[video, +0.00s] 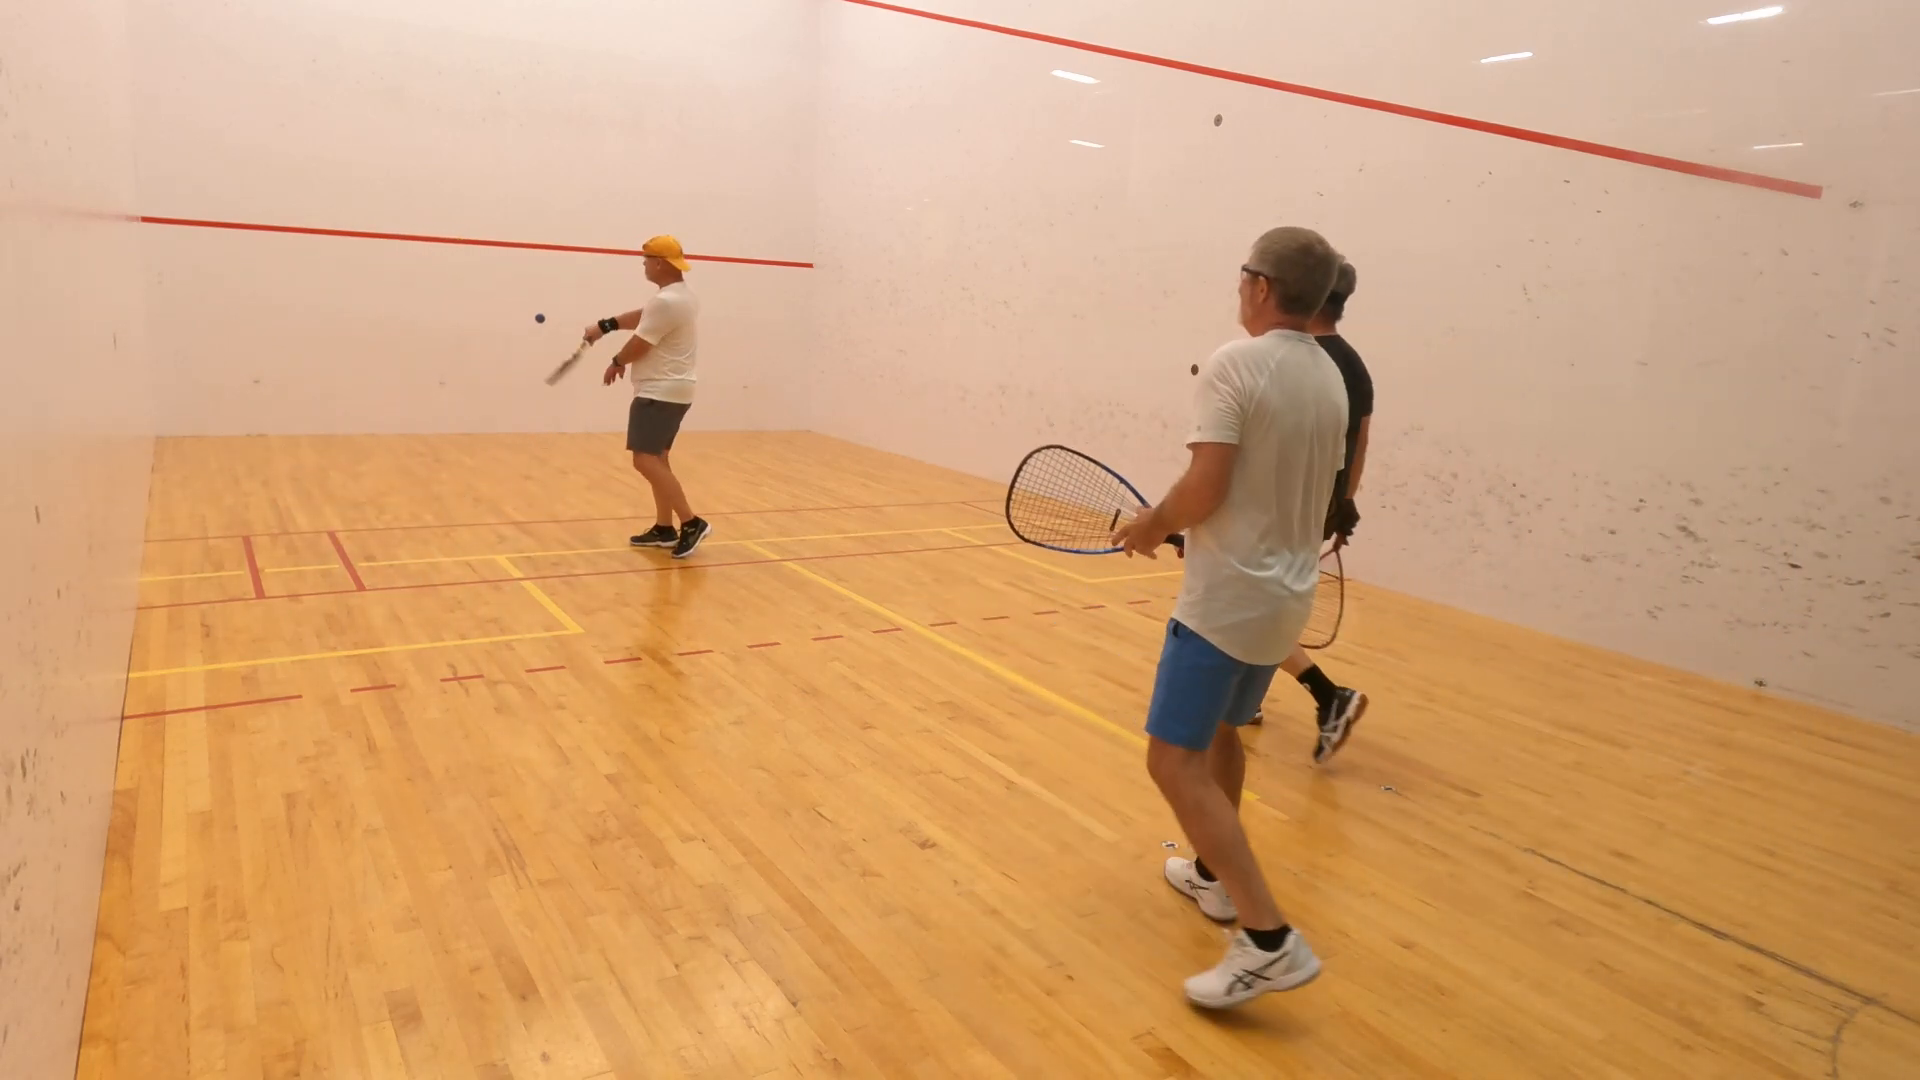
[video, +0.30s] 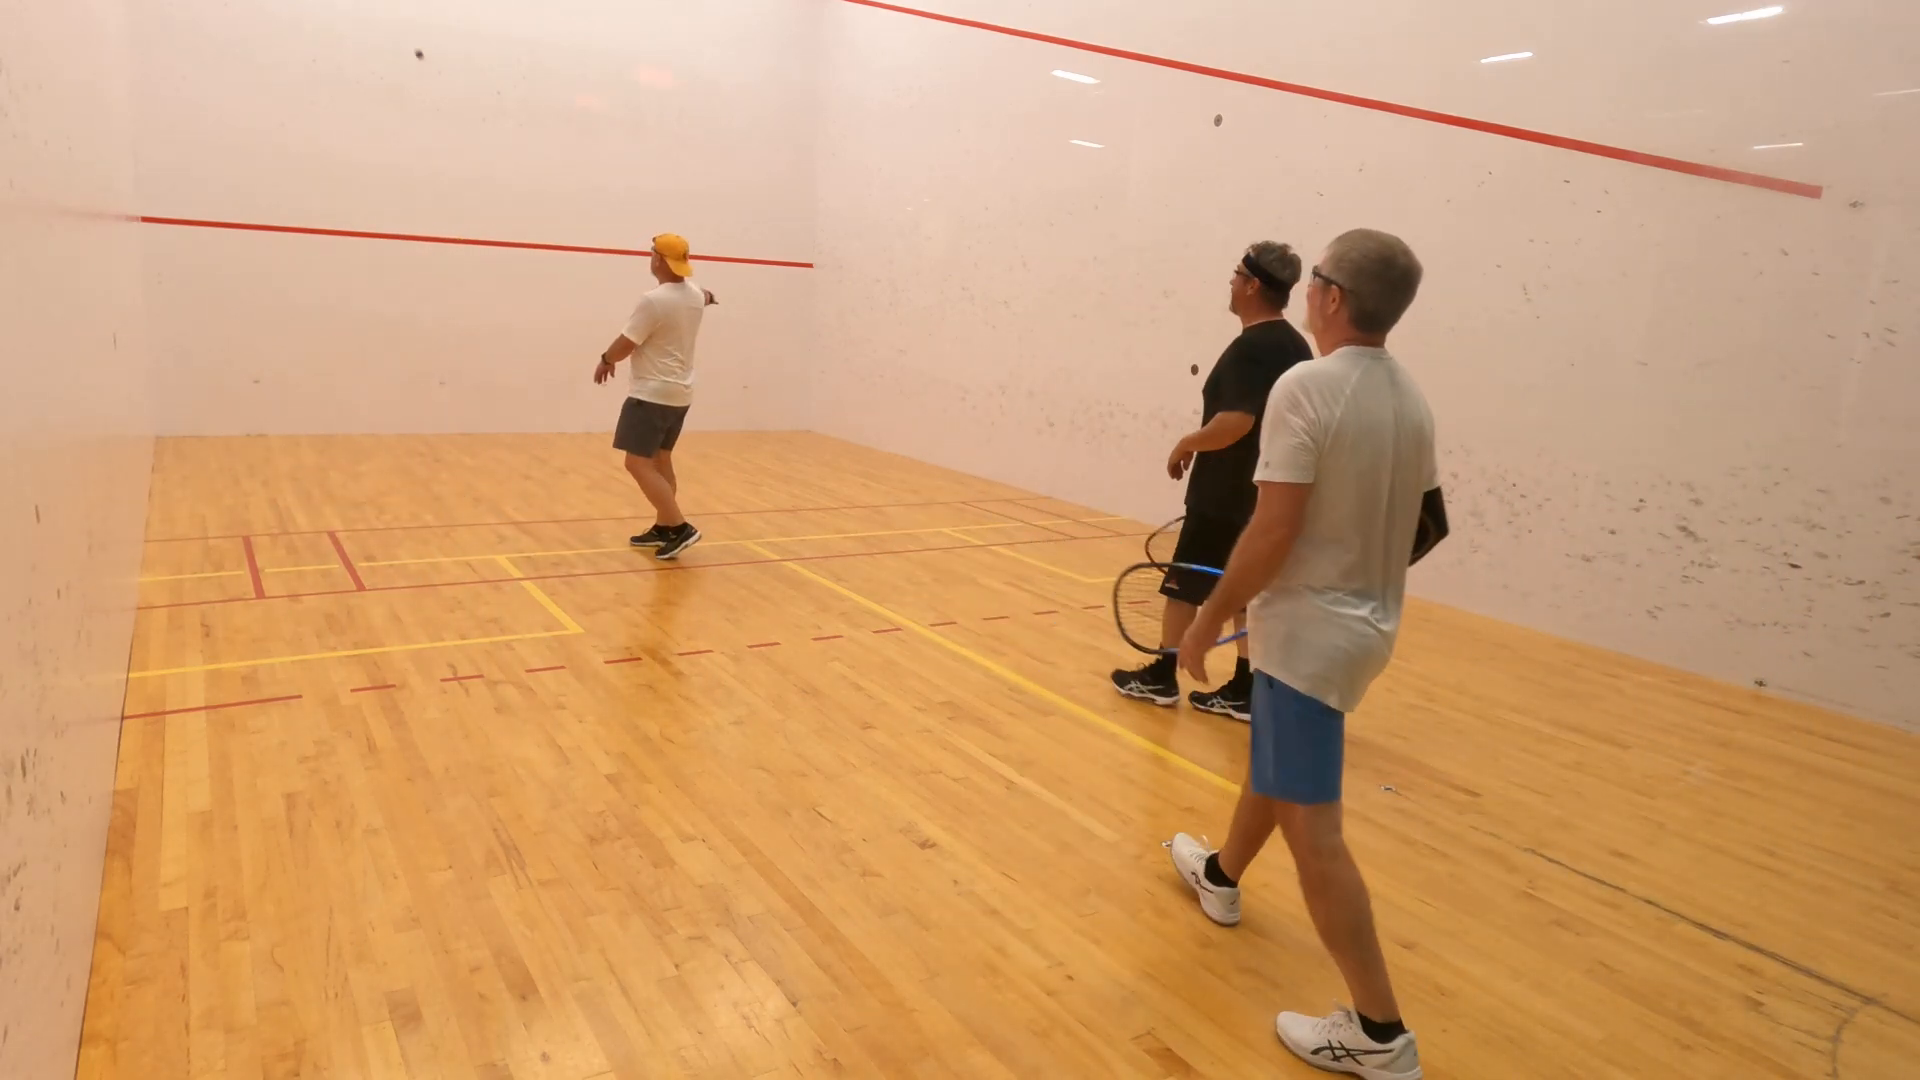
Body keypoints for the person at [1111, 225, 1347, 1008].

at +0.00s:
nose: (1238, 289)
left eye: (1244, 279)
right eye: (1243, 277)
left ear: (1260, 290)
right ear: (1316, 299)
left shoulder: (1236, 365)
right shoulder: (1331, 376)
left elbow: (1205, 489)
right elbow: (1314, 497)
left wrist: (1153, 522)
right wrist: (1185, 527)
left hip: (1225, 604)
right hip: (1286, 603)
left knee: (1172, 761)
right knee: (1226, 733)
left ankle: (1270, 939)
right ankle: (1212, 870)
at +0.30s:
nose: (1308, 294)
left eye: (1314, 285)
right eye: (1314, 282)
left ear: (1329, 299)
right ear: (1392, 310)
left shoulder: (1305, 388)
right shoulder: (1408, 399)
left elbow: (1275, 527)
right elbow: (1415, 528)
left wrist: (1208, 620)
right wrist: (1333, 594)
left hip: (1302, 627)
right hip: (1367, 629)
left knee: (1316, 837)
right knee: (1277, 753)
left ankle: (1382, 1030)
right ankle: (1221, 875)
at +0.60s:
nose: (1385, 276)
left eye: (1393, 264)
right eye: (1393, 262)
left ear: (1417, 283)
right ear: (1475, 293)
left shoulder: (1401, 388)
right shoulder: (1512, 388)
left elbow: (1397, 545)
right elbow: (1540, 525)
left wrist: (1346, 687)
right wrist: (1460, 599)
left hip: (1398, 673)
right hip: (1467, 668)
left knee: (1353, 837)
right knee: (1400, 812)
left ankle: (1378, 1031)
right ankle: (1442, 1000)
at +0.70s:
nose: (1421, 271)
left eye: (1431, 262)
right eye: (1429, 258)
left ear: (1460, 287)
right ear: (1506, 297)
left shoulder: (1443, 391)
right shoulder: (1539, 387)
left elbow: (1452, 553)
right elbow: (1569, 532)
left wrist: (1386, 691)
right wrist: (1492, 611)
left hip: (1435, 687)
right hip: (1509, 687)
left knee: (1370, 844)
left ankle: (1378, 1033)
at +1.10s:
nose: (1546, 270)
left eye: (1561, 258)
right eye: (1557, 253)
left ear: (1600, 288)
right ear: (1615, 293)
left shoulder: (1640, 409)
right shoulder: (1624, 396)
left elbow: (1684, 599)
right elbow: (1644, 593)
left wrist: (1523, 689)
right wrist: (1535, 688)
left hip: (1610, 766)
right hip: (1594, 751)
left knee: (1564, 1007)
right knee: (1607, 957)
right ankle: (1609, 1073)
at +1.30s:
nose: (1582, 286)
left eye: (1600, 268)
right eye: (1593, 265)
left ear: (1648, 300)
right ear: (1651, 305)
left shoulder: (1743, 442)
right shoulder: (1609, 434)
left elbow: (1858, 650)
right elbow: (1646, 622)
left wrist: (1734, 677)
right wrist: (1555, 719)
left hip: (1693, 851)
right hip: (1577, 806)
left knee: (1676, 1067)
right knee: (1527, 949)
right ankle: (1570, 1078)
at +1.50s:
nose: (1576, 277)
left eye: (1595, 249)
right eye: (1586, 250)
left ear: (1661, 268)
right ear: (1658, 270)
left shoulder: (1807, 423)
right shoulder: (1607, 422)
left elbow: (1915, 575)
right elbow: (1624, 625)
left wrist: (1905, 632)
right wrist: (1533, 733)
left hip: (1712, 898)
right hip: (1555, 842)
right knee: (1450, 1046)